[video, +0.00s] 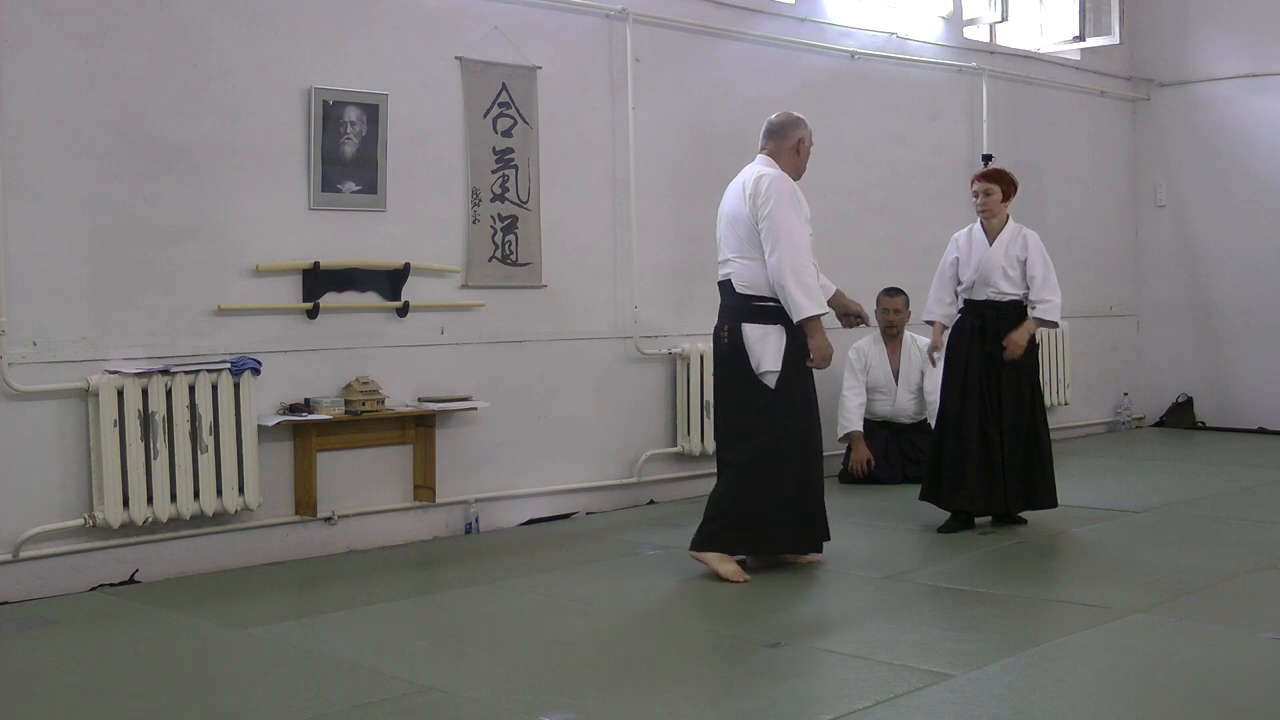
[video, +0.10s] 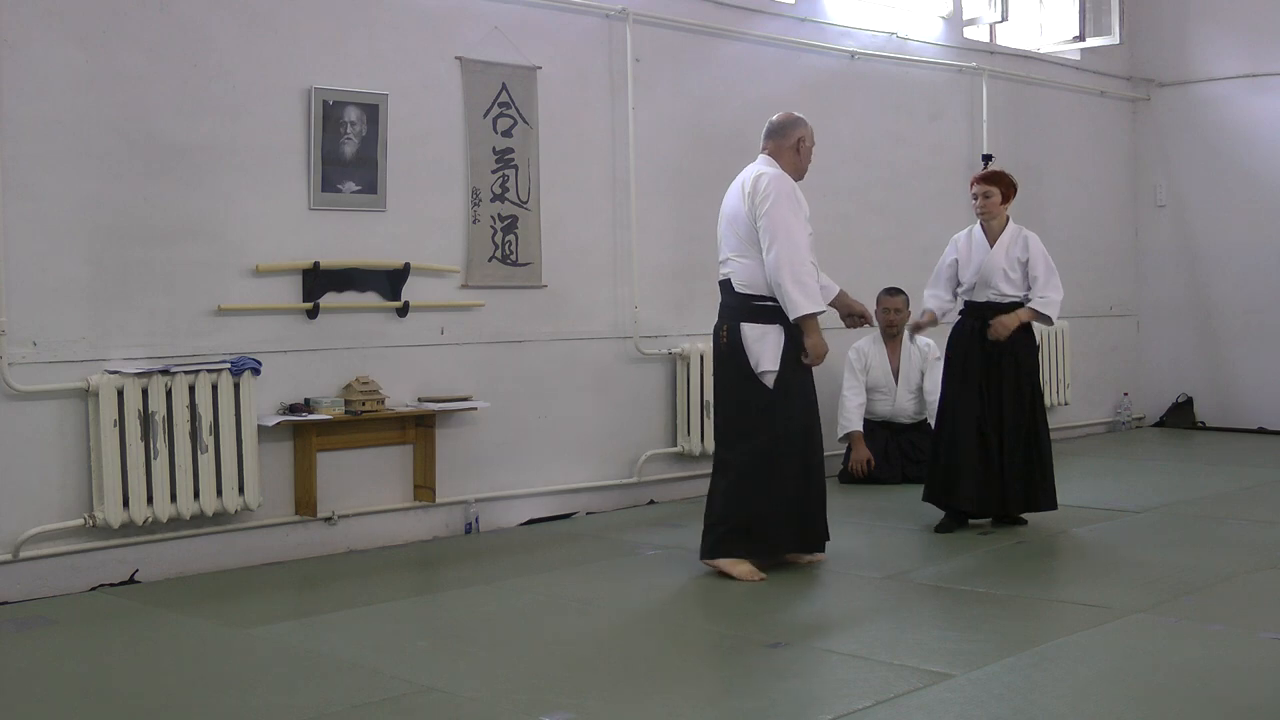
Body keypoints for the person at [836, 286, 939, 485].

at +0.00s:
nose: (890, 318)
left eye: (897, 312)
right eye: (885, 312)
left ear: (908, 316)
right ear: (876, 314)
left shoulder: (926, 349)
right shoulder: (861, 351)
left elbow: (936, 397)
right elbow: (852, 398)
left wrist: (945, 438)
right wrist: (857, 443)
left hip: (916, 430)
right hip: (874, 431)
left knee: (935, 470)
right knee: (856, 471)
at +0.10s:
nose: (891, 318)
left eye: (898, 312)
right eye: (885, 311)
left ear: (908, 316)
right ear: (876, 314)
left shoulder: (926, 349)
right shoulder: (861, 350)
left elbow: (937, 397)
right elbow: (852, 398)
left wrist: (946, 438)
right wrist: (857, 443)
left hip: (915, 431)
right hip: (874, 432)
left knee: (935, 471)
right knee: (857, 471)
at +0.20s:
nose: (892, 316)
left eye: (898, 309)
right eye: (886, 309)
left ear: (908, 313)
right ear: (876, 314)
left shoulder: (926, 349)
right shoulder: (860, 350)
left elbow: (935, 396)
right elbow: (852, 397)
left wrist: (944, 435)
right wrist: (857, 443)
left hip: (916, 430)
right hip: (874, 431)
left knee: (936, 470)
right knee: (857, 471)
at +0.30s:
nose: (893, 317)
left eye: (899, 311)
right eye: (887, 311)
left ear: (908, 314)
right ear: (877, 313)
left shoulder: (926, 349)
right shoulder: (860, 351)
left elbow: (935, 396)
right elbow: (852, 398)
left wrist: (940, 434)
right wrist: (857, 443)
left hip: (915, 430)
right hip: (874, 431)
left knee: (935, 468)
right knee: (856, 471)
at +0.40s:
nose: (893, 316)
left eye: (899, 310)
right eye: (887, 310)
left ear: (909, 314)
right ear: (877, 313)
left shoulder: (926, 349)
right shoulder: (861, 350)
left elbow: (933, 395)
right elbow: (851, 397)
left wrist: (934, 434)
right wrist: (857, 442)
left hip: (913, 430)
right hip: (873, 430)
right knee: (854, 471)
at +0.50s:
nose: (893, 316)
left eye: (899, 310)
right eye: (886, 310)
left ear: (909, 315)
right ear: (876, 313)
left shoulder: (920, 347)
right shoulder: (861, 349)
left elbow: (931, 391)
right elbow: (852, 396)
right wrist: (857, 442)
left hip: (910, 430)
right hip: (872, 430)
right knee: (856, 472)